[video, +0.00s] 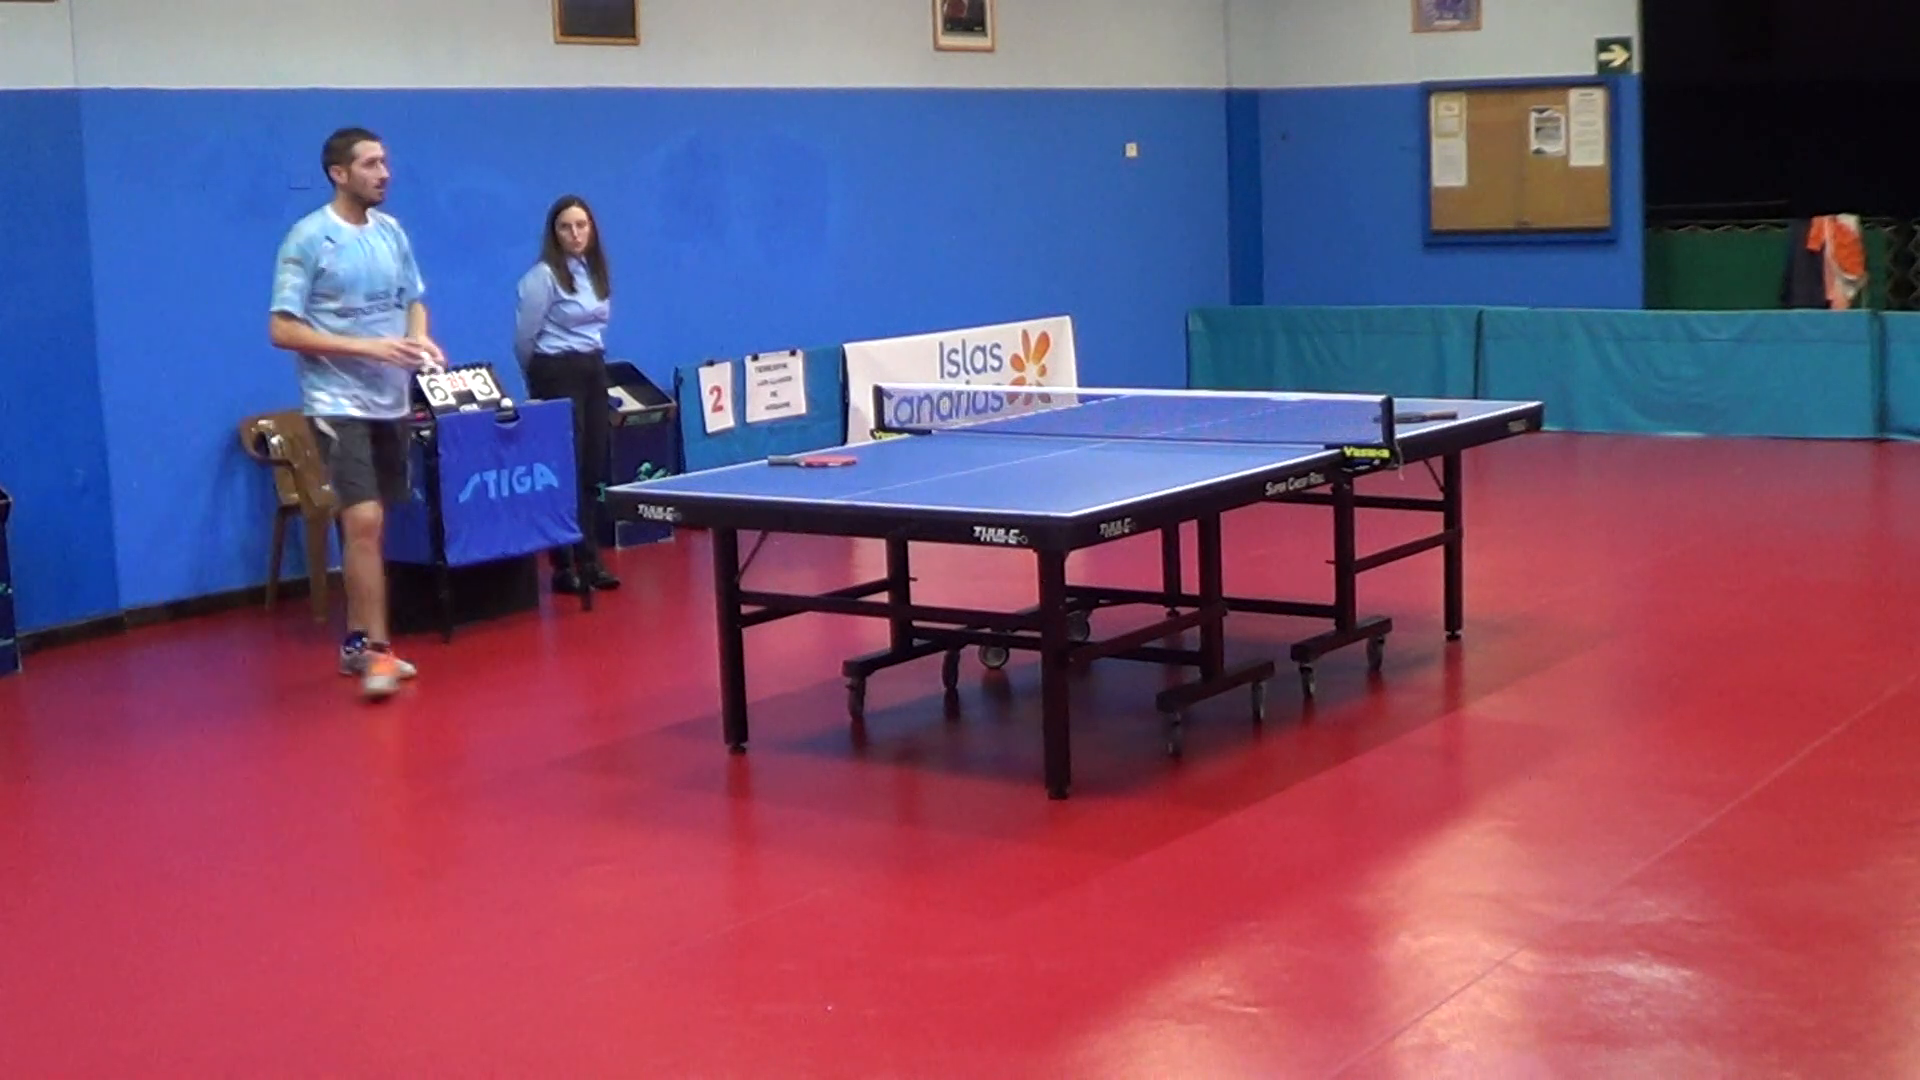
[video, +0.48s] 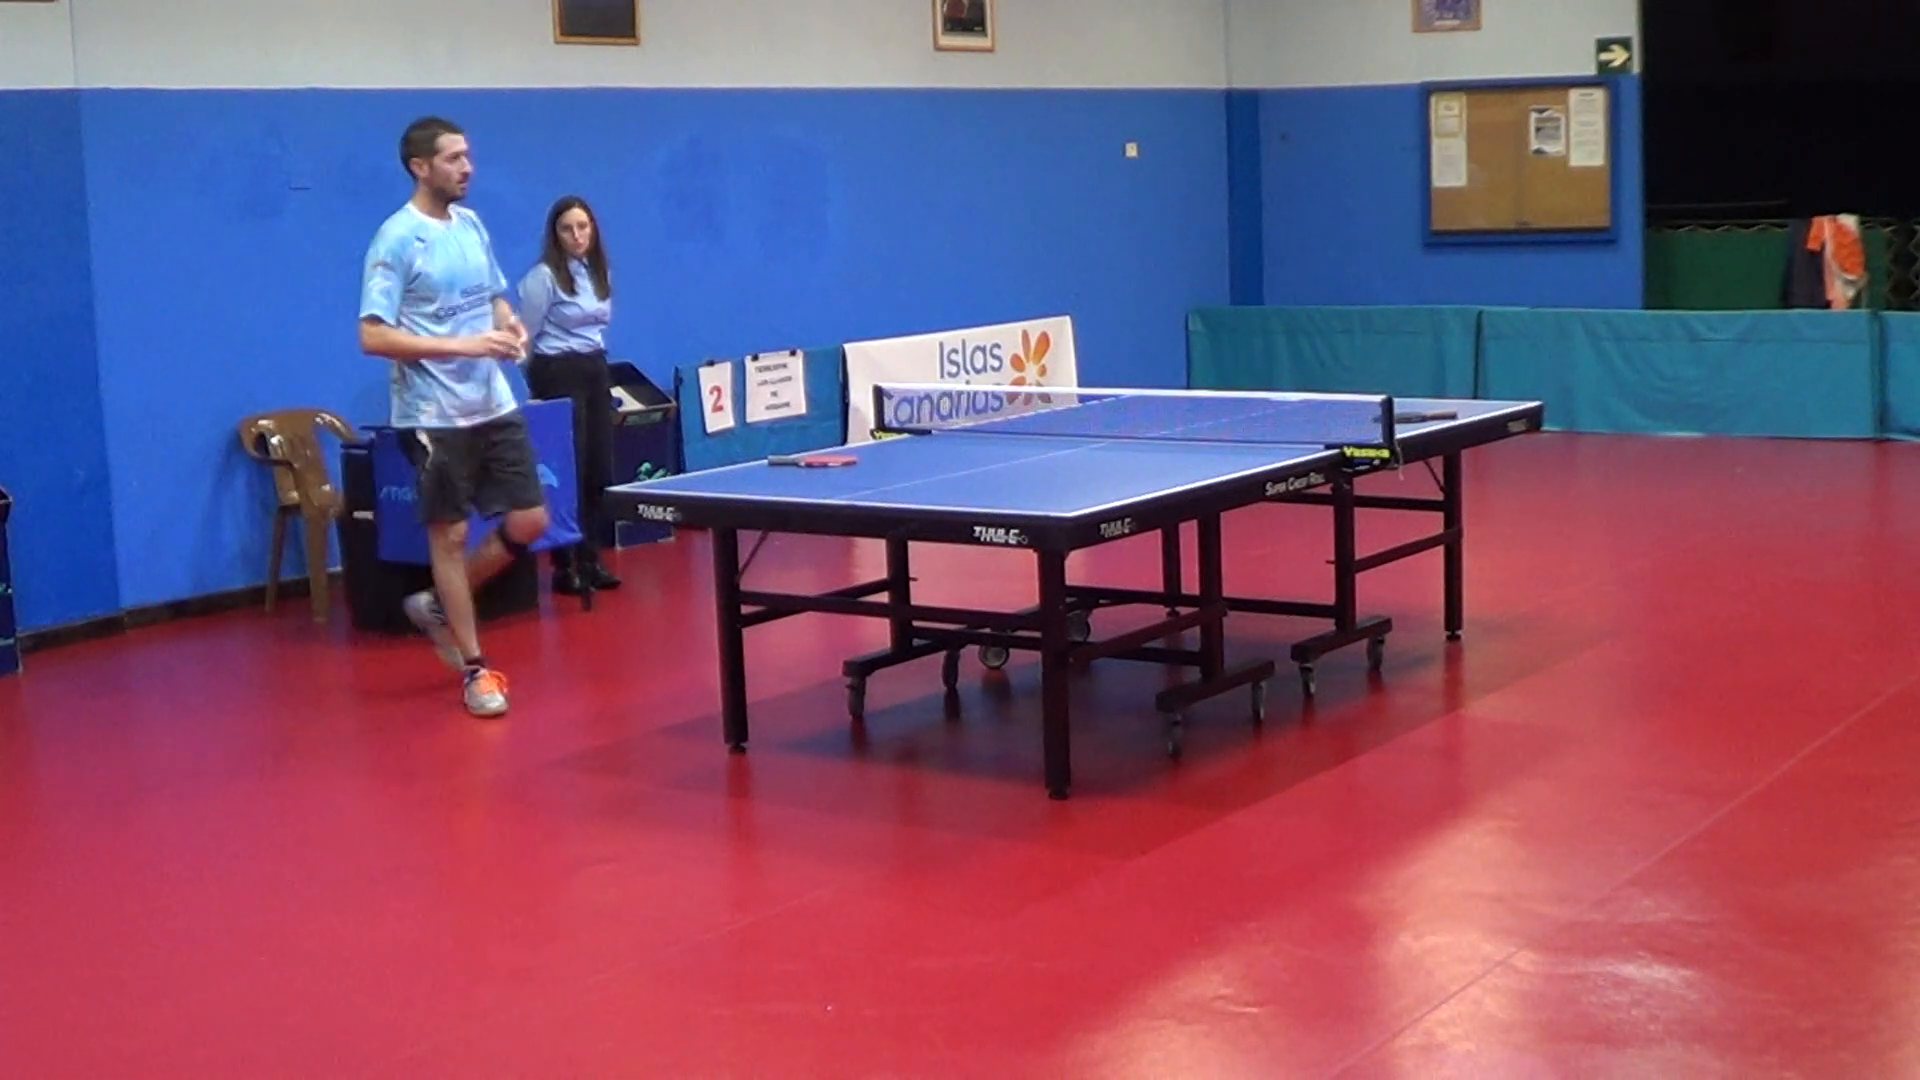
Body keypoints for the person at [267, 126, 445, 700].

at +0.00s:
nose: (384, 172)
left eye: (384, 162)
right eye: (371, 164)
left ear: (380, 169)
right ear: (339, 173)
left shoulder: (392, 229)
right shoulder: (307, 237)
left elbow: (413, 301)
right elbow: (282, 329)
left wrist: (421, 341)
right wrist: (371, 347)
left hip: (390, 401)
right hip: (337, 403)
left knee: (372, 522)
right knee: (365, 520)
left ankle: (360, 641)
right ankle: (376, 652)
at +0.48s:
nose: (466, 166)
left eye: (467, 156)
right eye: (454, 158)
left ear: (461, 164)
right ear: (419, 168)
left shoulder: (470, 222)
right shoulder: (395, 238)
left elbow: (493, 295)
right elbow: (373, 335)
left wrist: (509, 325)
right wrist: (466, 345)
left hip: (493, 402)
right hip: (435, 416)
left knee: (528, 521)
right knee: (451, 536)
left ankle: (438, 603)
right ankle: (475, 669)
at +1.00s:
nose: (610, 185)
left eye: (612, 174)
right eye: (599, 174)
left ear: (595, 176)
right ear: (561, 172)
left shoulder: (610, 243)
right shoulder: (512, 245)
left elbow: (631, 332)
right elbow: (463, 336)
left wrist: (681, 386)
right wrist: (532, 370)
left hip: (619, 429)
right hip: (543, 439)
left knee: (652, 548)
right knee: (521, 557)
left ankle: (671, 689)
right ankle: (488, 663)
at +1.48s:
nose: (712, 191)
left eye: (718, 180)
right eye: (707, 178)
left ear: (696, 171)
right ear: (673, 163)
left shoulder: (703, 237)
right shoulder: (594, 213)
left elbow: (719, 335)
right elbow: (521, 279)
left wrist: (759, 421)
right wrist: (561, 333)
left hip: (673, 417)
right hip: (598, 411)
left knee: (664, 548)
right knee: (591, 550)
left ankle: (672, 691)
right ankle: (629, 672)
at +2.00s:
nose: (650, 183)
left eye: (654, 171)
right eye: (644, 170)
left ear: (630, 166)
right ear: (605, 159)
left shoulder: (637, 228)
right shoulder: (542, 221)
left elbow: (635, 319)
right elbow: (486, 306)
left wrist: (683, 335)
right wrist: (575, 317)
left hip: (640, 418)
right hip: (569, 422)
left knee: (649, 551)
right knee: (550, 554)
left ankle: (670, 692)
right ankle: (528, 690)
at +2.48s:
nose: (542, 185)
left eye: (547, 174)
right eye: (534, 174)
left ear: (536, 170)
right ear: (497, 168)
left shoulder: (535, 222)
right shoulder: (458, 237)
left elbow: (543, 308)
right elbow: (478, 333)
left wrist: (582, 289)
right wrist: (558, 293)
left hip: (570, 405)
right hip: (508, 423)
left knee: (608, 537)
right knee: (511, 554)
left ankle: (610, 681)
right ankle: (526, 693)